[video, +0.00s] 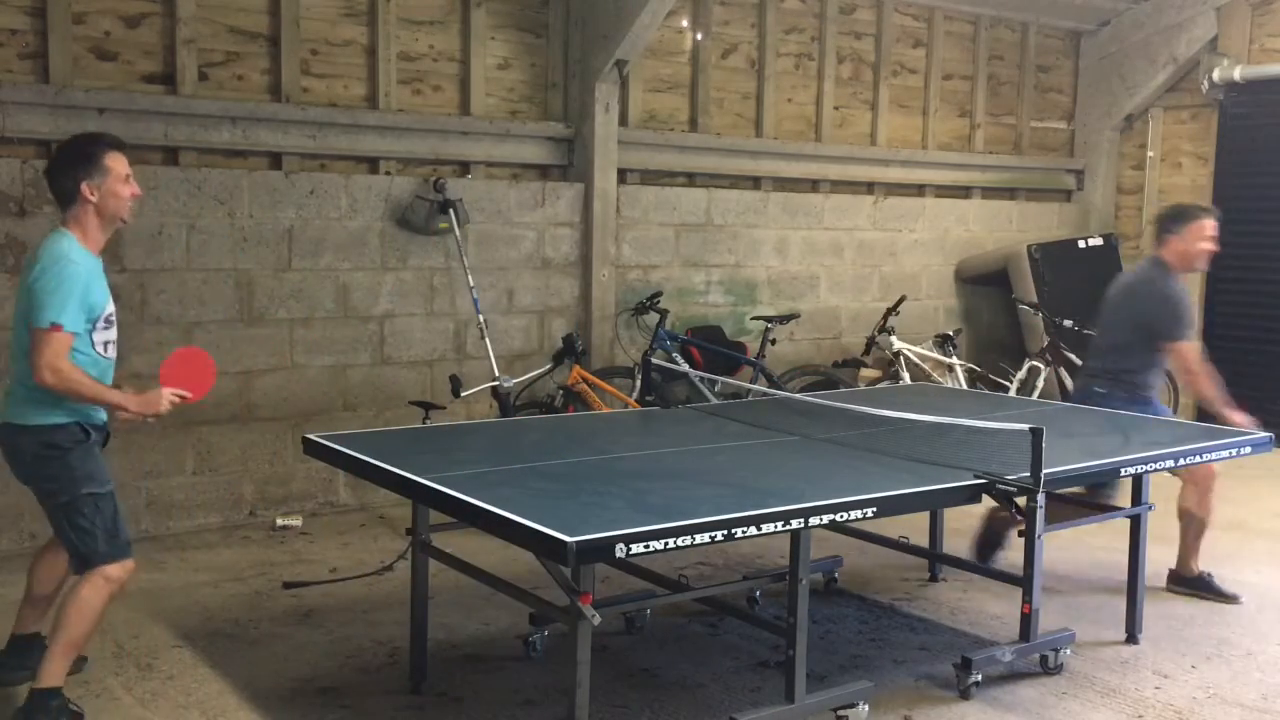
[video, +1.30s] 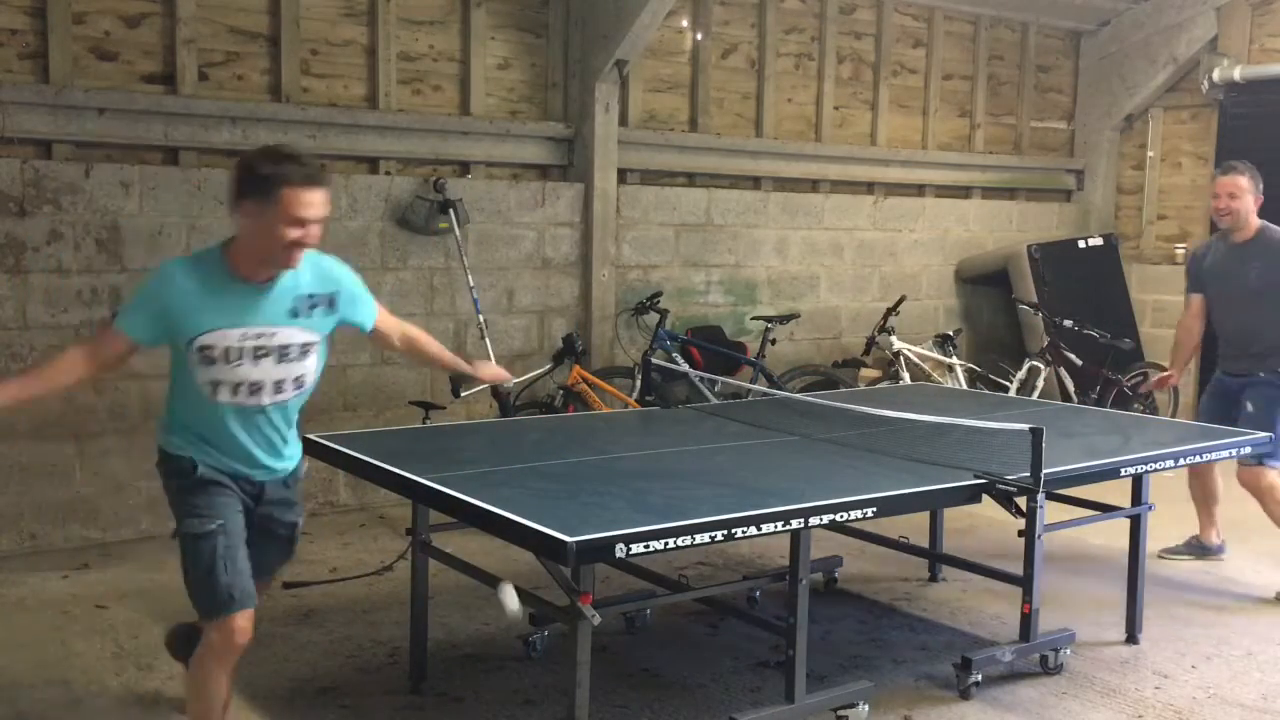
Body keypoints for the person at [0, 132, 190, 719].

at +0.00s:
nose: (137, 190)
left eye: (133, 177)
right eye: (125, 179)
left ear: (90, 193)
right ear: (90, 192)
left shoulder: (72, 254)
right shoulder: (68, 263)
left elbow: (62, 359)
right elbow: (50, 367)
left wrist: (120, 397)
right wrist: (129, 400)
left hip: (53, 427)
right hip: (52, 432)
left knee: (77, 535)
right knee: (111, 564)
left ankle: (23, 645)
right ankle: (45, 699)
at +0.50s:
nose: (158, 187)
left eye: (152, 176)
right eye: (144, 178)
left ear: (118, 196)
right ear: (108, 196)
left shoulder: (142, 274)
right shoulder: (67, 263)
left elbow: (162, 359)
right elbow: (32, 363)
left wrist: (198, 389)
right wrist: (115, 399)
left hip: (94, 431)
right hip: (43, 428)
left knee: (74, 545)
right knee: (93, 562)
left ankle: (22, 646)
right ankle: (95, 703)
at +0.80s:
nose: (198, 178)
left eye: (199, 167)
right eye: (184, 167)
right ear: (140, 178)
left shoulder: (200, 247)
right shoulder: (89, 255)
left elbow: (233, 330)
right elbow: (55, 361)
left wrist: (256, 383)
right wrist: (112, 411)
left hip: (169, 429)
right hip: (100, 430)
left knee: (173, 551)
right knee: (119, 573)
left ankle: (83, 641)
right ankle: (105, 708)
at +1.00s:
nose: (228, 208)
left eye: (230, 194)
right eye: (215, 195)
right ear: (168, 198)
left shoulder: (239, 259)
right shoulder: (111, 277)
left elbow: (283, 322)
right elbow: (80, 375)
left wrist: (279, 343)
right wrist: (48, 458)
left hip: (218, 448)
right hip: (144, 449)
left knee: (222, 569)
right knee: (169, 587)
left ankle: (146, 667)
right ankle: (163, 711)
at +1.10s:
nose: (248, 229)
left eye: (249, 215)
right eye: (233, 215)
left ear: (249, 218)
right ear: (185, 222)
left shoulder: (260, 279)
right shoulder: (130, 300)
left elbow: (313, 328)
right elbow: (84, 390)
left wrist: (340, 356)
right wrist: (14, 463)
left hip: (238, 473)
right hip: (162, 470)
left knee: (216, 600)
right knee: (196, 612)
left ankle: (148, 670)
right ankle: (185, 710)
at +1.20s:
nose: (265, 239)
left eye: (269, 226)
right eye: (251, 224)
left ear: (270, 227)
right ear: (200, 228)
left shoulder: (285, 289)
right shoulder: (146, 305)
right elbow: (84, 386)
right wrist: (9, 436)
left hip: (261, 479)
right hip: (185, 477)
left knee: (217, 595)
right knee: (217, 626)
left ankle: (166, 658)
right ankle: (196, 713)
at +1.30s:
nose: (310, 238)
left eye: (318, 224)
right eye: (296, 223)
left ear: (323, 222)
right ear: (246, 215)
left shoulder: (328, 280)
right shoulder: (177, 286)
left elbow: (396, 334)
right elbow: (95, 354)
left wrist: (467, 367)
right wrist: (10, 391)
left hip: (278, 469)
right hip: (203, 467)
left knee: (251, 592)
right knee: (233, 626)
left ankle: (196, 642)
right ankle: (203, 711)